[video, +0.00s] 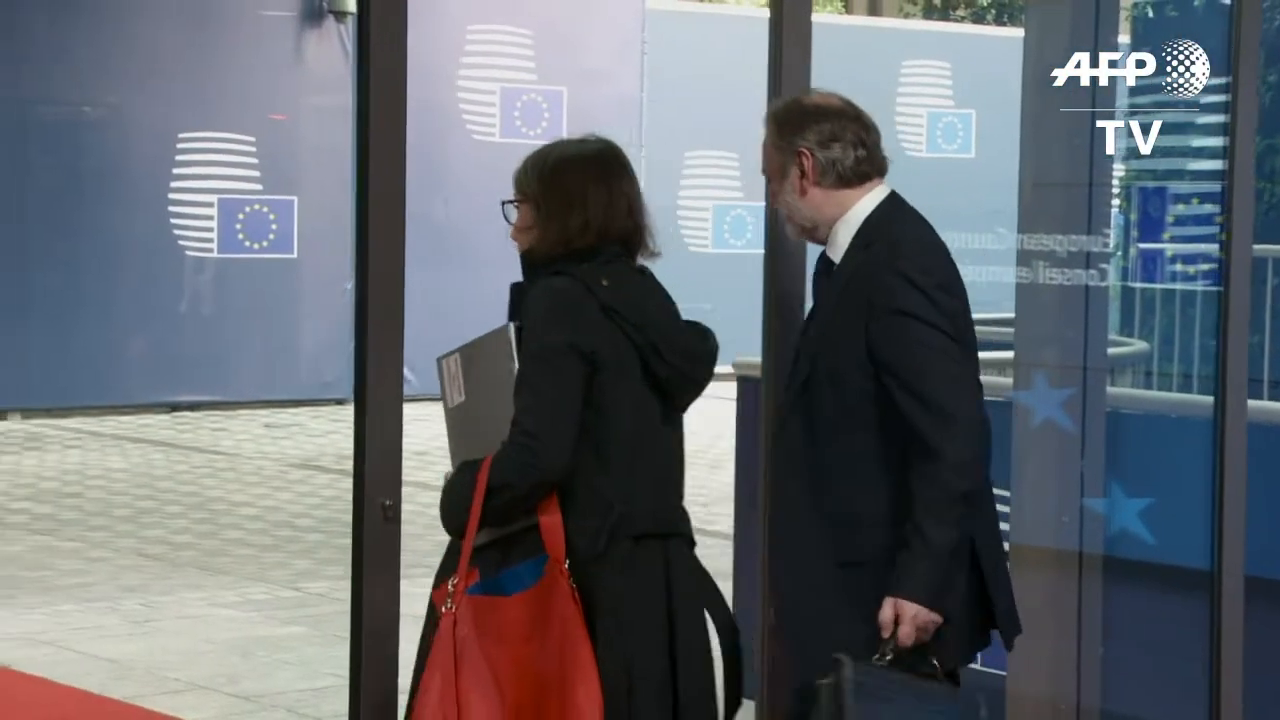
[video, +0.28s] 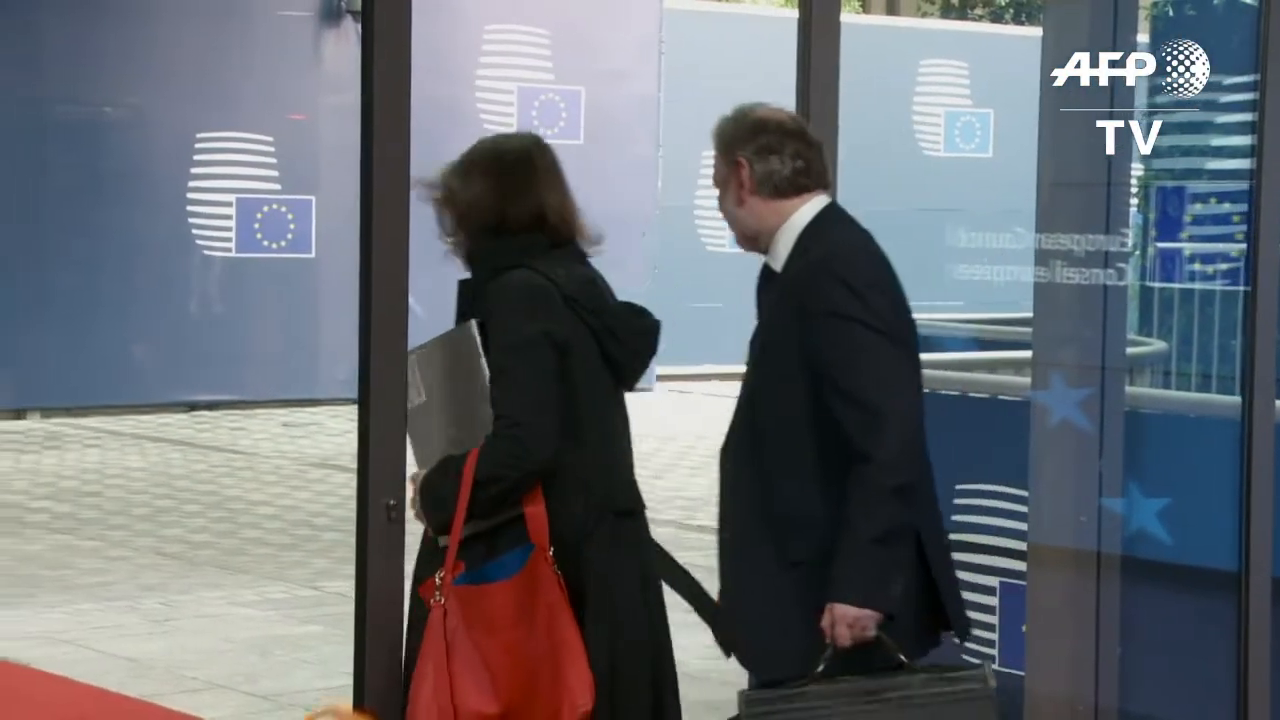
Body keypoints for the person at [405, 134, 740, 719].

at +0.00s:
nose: (513, 225)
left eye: (523, 208)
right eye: (516, 208)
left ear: (563, 212)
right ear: (606, 212)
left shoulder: (556, 300)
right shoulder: (642, 297)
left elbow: (540, 451)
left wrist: (463, 495)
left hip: (589, 592)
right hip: (657, 585)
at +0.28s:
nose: (451, 228)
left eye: (457, 211)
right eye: (450, 211)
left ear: (481, 213)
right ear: (547, 204)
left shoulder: (513, 293)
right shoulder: (572, 281)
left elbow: (528, 439)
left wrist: (440, 491)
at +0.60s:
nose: (390, 236)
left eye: (398, 221)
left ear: (416, 229)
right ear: (480, 222)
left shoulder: (441, 310)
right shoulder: (507, 298)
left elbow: (463, 447)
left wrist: (380, 507)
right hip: (548, 551)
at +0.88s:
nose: (358, 213)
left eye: (364, 199)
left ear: (374, 203)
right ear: (453, 197)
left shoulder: (390, 278)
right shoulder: (480, 267)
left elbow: (404, 404)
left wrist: (327, 457)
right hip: (489, 487)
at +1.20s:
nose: (307, 227)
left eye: (314, 215)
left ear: (323, 221)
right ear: (389, 220)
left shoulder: (323, 292)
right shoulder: (417, 288)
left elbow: (310, 410)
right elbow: (426, 400)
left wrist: (263, 462)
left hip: (337, 496)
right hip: (410, 491)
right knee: (398, 646)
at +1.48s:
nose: (256, 201)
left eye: (263, 190)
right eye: (263, 190)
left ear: (273, 197)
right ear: (344, 200)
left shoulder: (258, 269)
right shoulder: (384, 283)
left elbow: (223, 371)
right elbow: (404, 412)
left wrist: (187, 445)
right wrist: (410, 512)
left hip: (270, 503)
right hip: (360, 507)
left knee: (261, 685)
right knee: (304, 685)